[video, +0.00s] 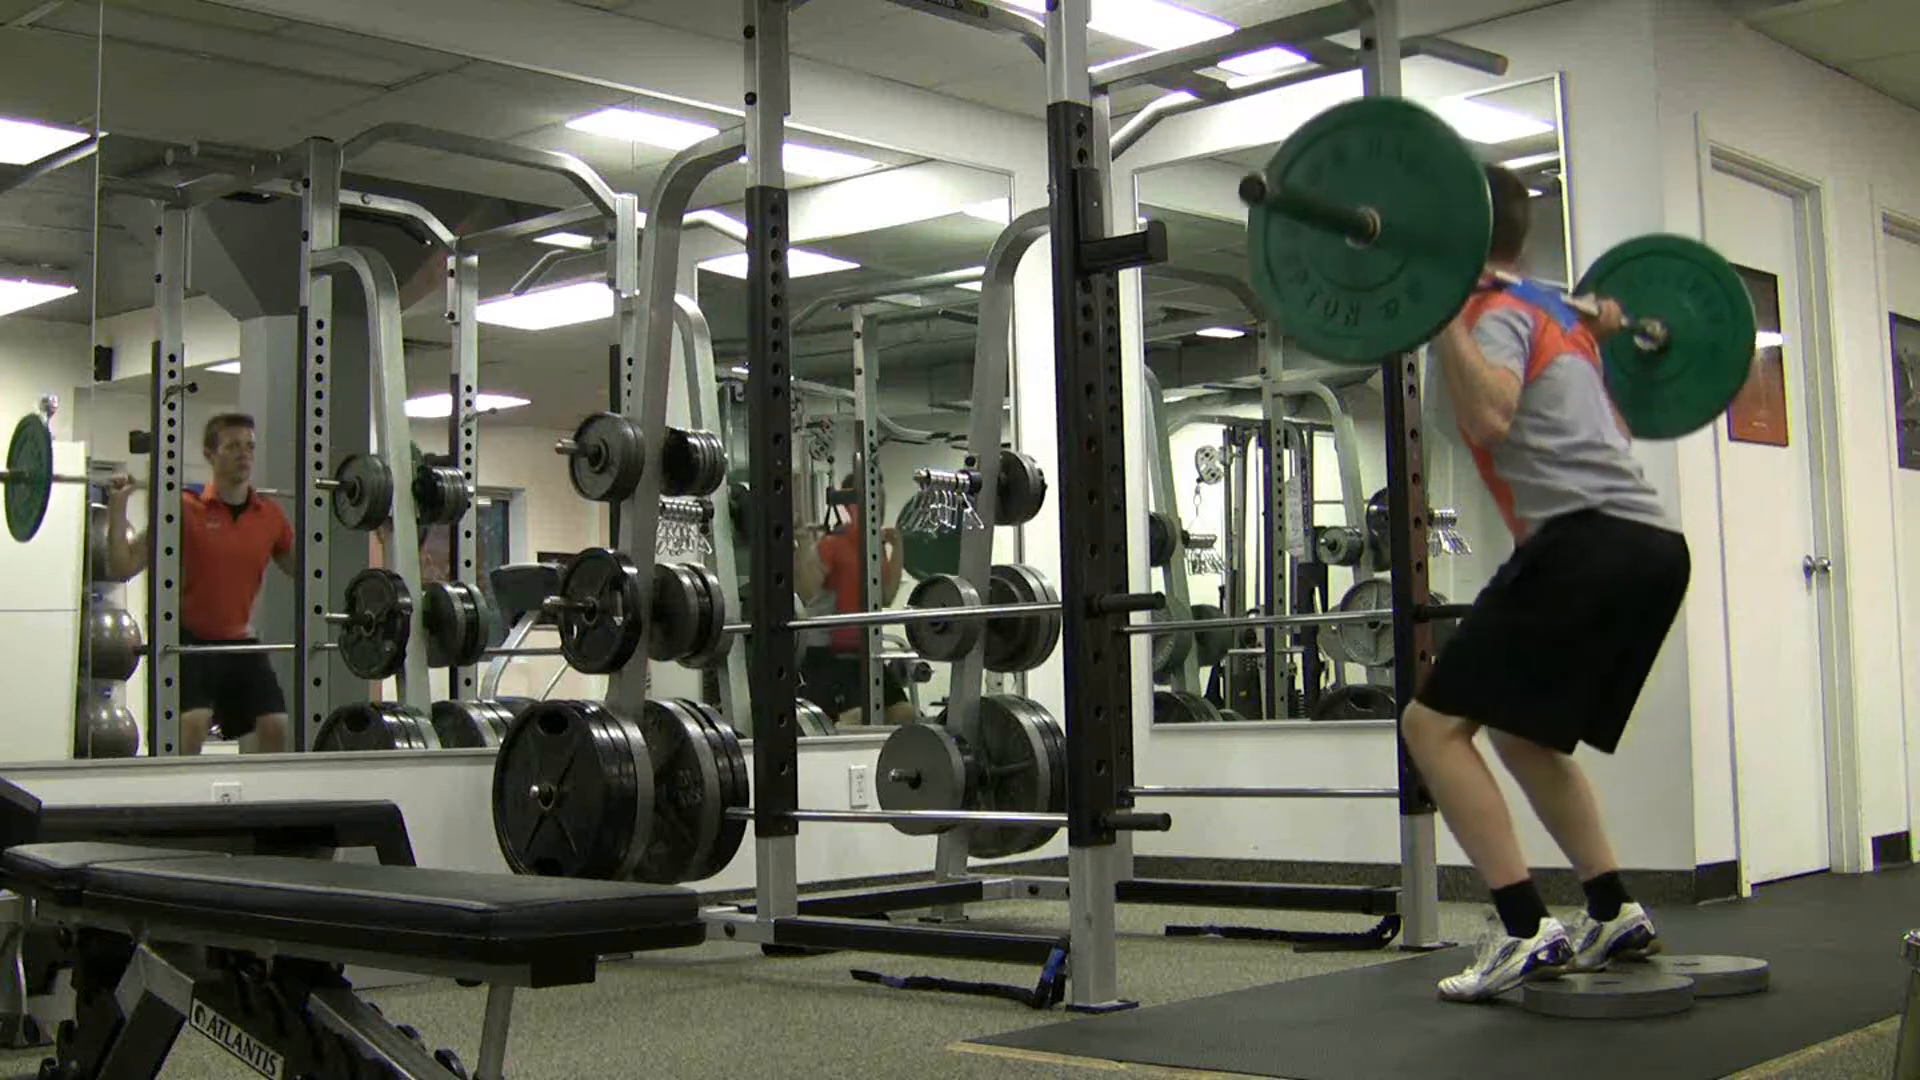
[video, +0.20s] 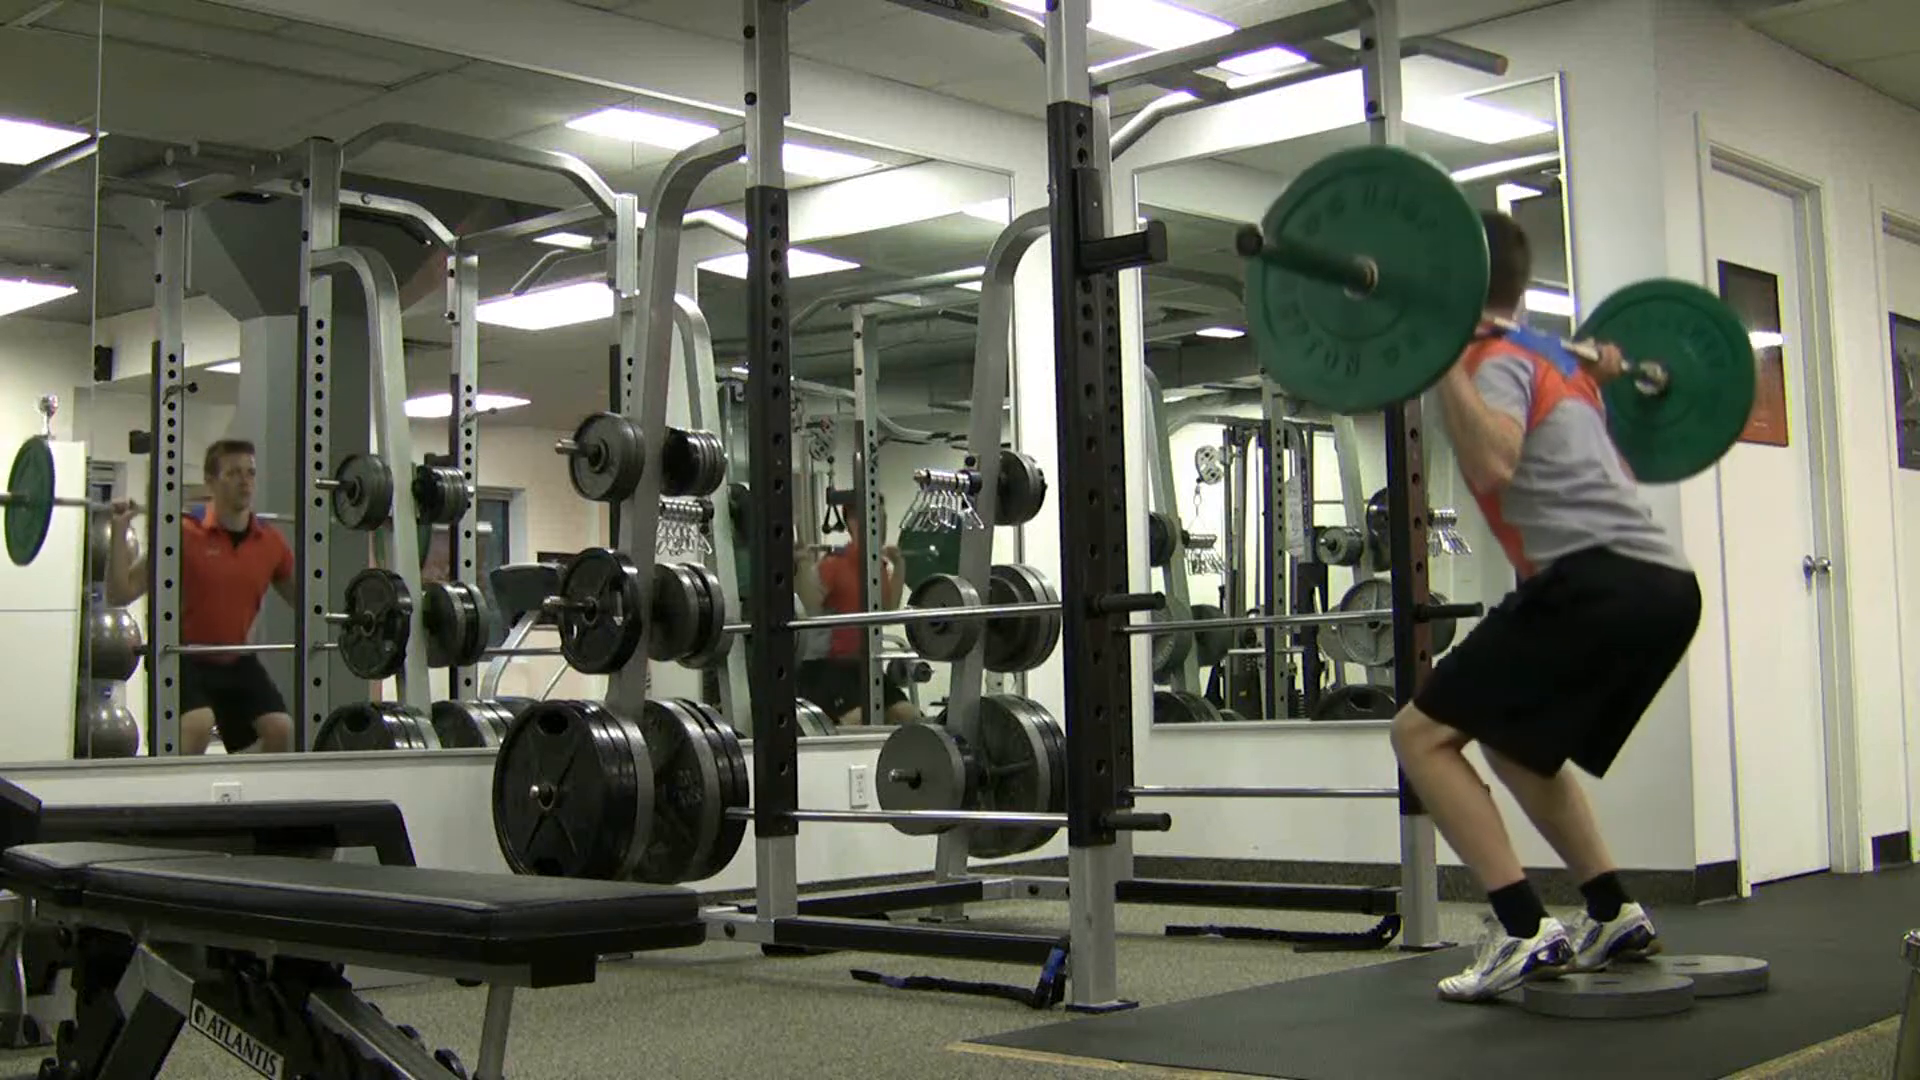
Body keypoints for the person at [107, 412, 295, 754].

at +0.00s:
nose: (244, 454)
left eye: (249, 446)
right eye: (233, 446)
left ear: (256, 453)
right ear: (211, 454)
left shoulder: (270, 515)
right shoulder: (183, 509)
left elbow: (303, 569)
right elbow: (123, 567)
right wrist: (117, 504)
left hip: (242, 643)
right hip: (190, 642)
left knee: (274, 726)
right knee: (194, 723)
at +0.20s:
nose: (245, 482)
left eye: (250, 473)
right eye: (234, 473)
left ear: (256, 480)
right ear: (210, 482)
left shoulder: (270, 541)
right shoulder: (183, 534)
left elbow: (307, 604)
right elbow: (120, 594)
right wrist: (119, 528)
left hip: (239, 660)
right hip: (185, 659)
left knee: (279, 729)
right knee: (197, 724)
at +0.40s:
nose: (246, 505)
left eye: (252, 497)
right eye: (235, 497)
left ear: (257, 503)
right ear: (212, 505)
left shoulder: (271, 566)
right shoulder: (183, 558)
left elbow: (308, 627)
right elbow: (120, 617)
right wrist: (120, 558)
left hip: (236, 676)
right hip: (184, 673)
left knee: (283, 733)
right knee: (202, 730)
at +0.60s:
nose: (248, 528)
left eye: (253, 519)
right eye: (237, 519)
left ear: (259, 524)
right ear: (213, 526)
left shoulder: (273, 586)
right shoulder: (184, 577)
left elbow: (305, 645)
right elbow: (122, 641)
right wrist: (120, 577)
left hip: (236, 693)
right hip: (183, 689)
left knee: (287, 737)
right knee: (203, 733)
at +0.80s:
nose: (248, 546)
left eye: (254, 537)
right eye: (237, 537)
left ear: (260, 542)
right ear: (213, 543)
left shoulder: (273, 601)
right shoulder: (184, 594)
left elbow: (309, 661)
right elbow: (120, 658)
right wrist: (121, 588)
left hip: (235, 705)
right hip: (182, 702)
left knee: (287, 739)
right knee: (201, 735)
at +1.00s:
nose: (249, 561)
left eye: (254, 552)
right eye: (238, 552)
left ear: (261, 557)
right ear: (213, 559)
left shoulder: (271, 613)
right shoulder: (184, 608)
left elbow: (304, 676)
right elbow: (121, 671)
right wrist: (121, 604)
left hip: (240, 715)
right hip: (187, 711)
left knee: (290, 741)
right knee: (203, 736)